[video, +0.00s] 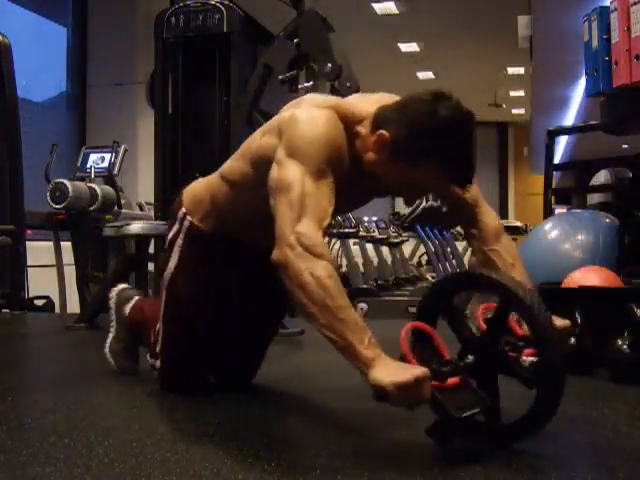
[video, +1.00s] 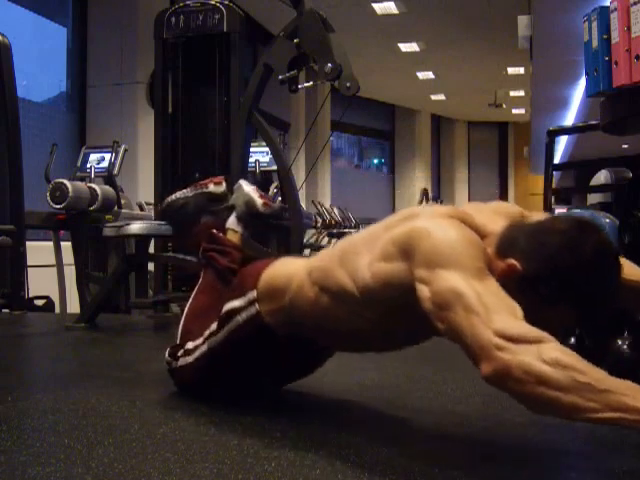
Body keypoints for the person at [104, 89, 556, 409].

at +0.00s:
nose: (408, 200)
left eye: (421, 194)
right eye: (409, 187)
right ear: (383, 145)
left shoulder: (410, 127)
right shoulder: (313, 127)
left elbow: (478, 220)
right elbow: (299, 251)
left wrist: (533, 311)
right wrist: (375, 362)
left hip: (277, 248)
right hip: (209, 236)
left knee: (236, 375)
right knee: (183, 376)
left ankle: (162, 313)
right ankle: (132, 312)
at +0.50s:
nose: (425, 226)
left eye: (438, 221)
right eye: (425, 215)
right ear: (395, 171)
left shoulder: (423, 153)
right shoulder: (329, 150)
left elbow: (503, 231)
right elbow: (344, 266)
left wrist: (577, 314)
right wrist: (452, 361)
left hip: (274, 258)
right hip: (209, 246)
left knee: (225, 375)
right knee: (177, 375)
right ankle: (161, 252)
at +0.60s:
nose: (448, 243)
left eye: (461, 237)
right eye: (447, 232)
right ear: (417, 188)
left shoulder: (443, 164)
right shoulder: (348, 166)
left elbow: (527, 240)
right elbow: (382, 285)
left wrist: (601, 306)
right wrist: (498, 369)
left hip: (283, 273)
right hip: (222, 255)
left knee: (224, 378)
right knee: (178, 377)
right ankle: (180, 241)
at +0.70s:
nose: (472, 269)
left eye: (486, 263)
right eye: (473, 256)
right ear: (445, 211)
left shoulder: (466, 180)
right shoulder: (376, 188)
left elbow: (555, 250)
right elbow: (416, 305)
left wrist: (624, 303)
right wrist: (551, 385)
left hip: (295, 289)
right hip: (238, 274)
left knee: (230, 374)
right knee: (180, 371)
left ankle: (216, 242)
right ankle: (188, 256)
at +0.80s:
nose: (496, 295)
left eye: (512, 288)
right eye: (498, 281)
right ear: (469, 232)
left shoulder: (488, 195)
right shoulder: (402, 208)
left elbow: (598, 267)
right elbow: (451, 325)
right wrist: (599, 400)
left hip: (306, 299)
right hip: (251, 288)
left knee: (232, 375)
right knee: (179, 373)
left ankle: (222, 258)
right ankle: (194, 269)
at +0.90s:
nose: (511, 302)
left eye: (527, 299)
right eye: (518, 293)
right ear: (497, 251)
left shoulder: (513, 209)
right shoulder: (423, 222)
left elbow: (620, 275)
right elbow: (486, 338)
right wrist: (632, 403)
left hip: (311, 314)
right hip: (259, 301)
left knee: (234, 374)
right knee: (186, 371)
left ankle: (241, 262)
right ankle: (209, 263)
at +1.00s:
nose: (551, 333)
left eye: (560, 327)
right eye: (549, 320)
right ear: (511, 275)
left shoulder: (529, 227)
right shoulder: (442, 246)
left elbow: (620, 274)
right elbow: (510, 359)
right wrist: (638, 405)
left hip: (316, 321)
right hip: (268, 313)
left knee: (241, 376)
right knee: (187, 369)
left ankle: (242, 264)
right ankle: (216, 268)